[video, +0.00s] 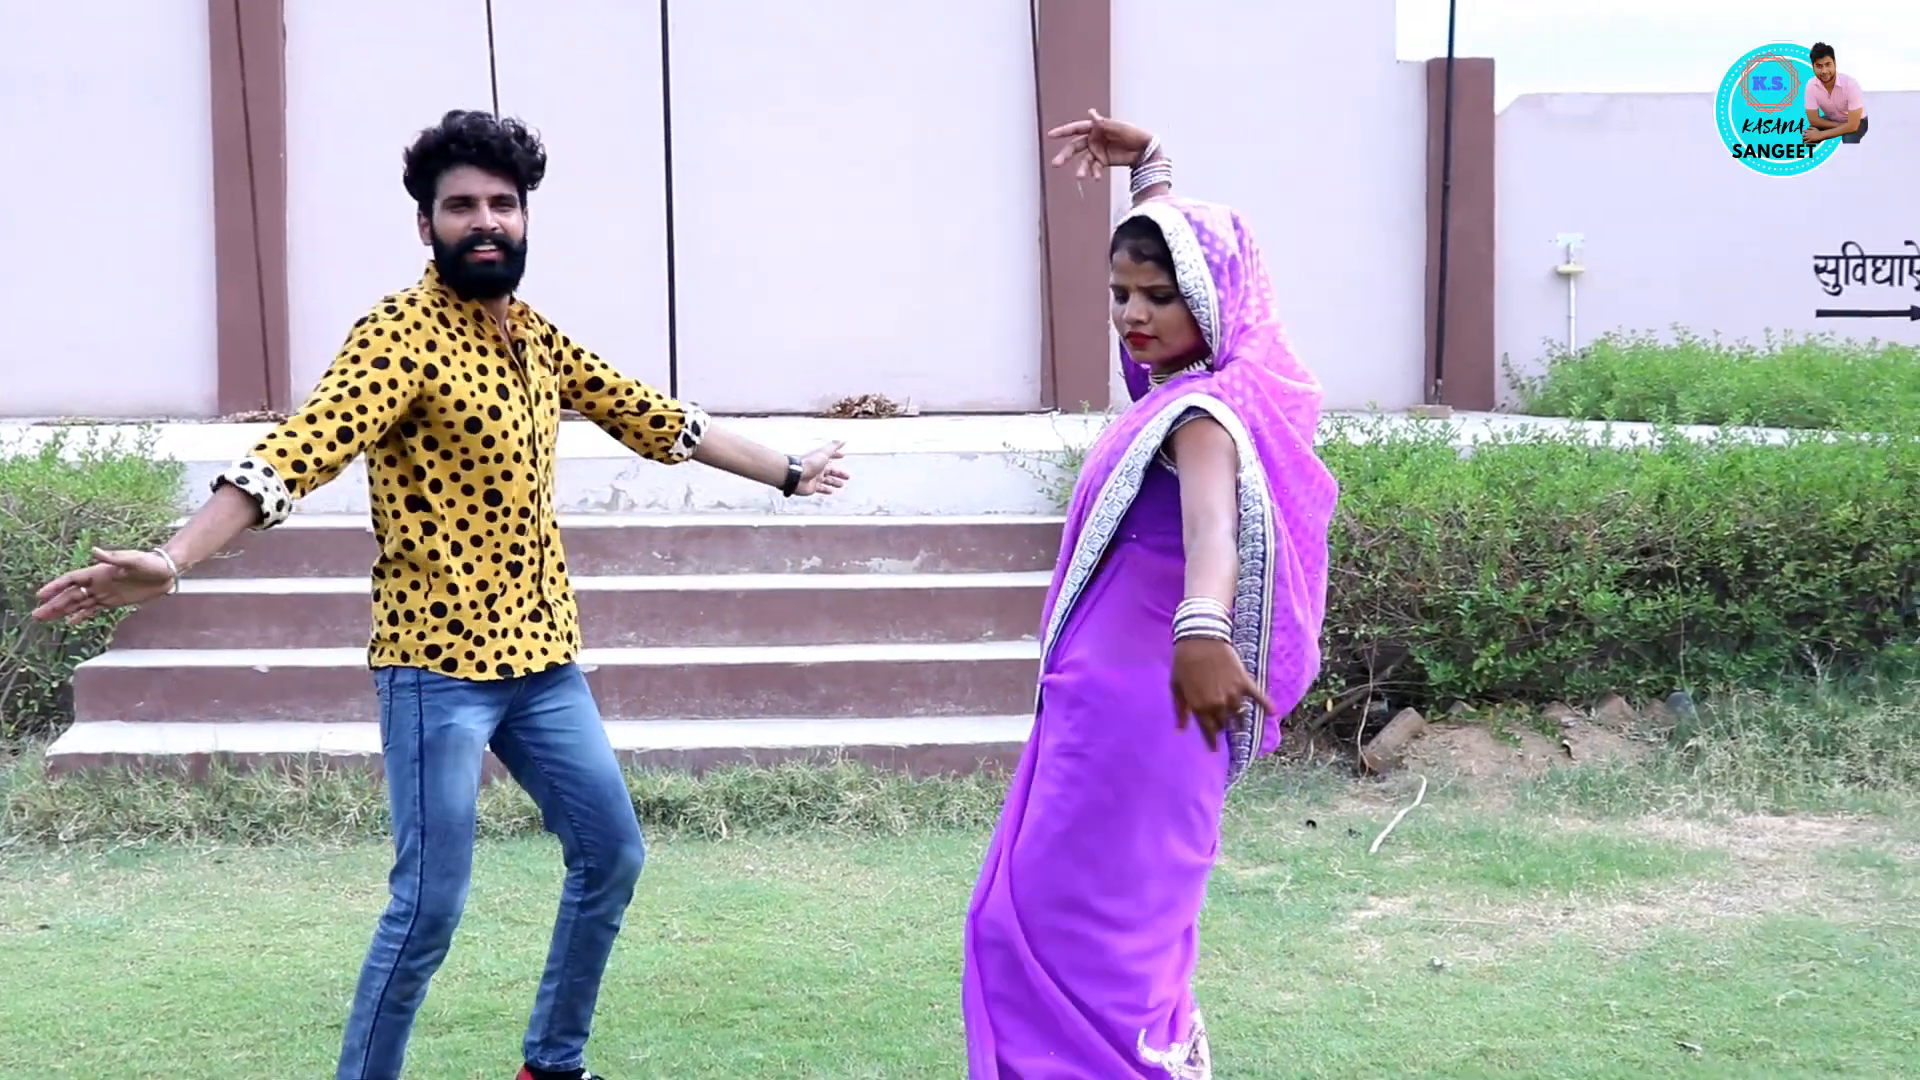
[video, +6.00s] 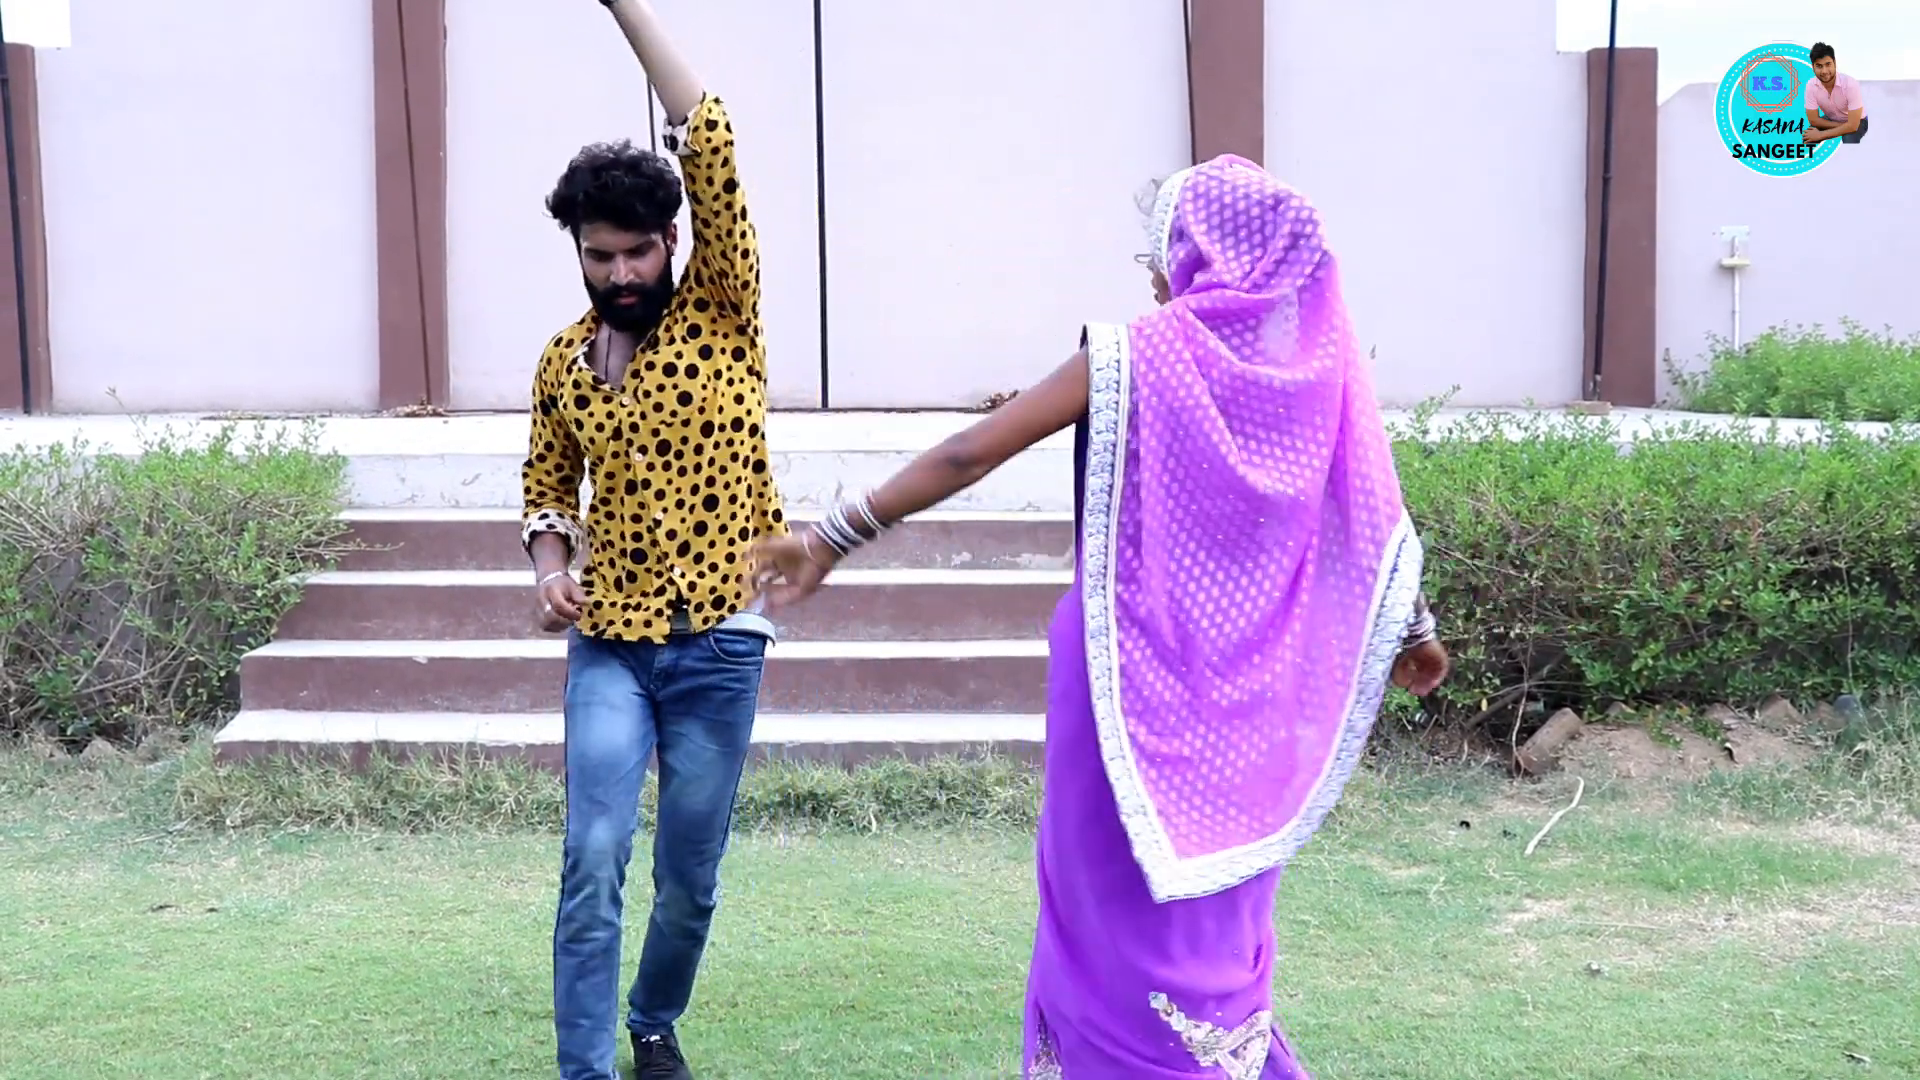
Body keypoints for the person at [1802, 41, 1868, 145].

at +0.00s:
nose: (1824, 71)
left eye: (1828, 65)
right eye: (1819, 66)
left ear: (1835, 63)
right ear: (1813, 67)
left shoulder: (1850, 84)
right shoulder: (1812, 85)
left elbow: (1853, 126)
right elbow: (1813, 120)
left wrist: (1820, 135)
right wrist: (1843, 126)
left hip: (1855, 122)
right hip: (1830, 121)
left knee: (1849, 140)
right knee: (1810, 136)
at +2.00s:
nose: (1824, 71)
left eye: (1828, 65)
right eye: (1819, 66)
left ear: (1835, 63)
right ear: (1813, 67)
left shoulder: (1850, 85)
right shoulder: (1812, 86)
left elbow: (1853, 126)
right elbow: (1813, 120)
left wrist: (1820, 135)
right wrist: (1843, 126)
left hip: (1855, 122)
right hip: (1830, 121)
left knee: (1848, 140)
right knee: (1810, 136)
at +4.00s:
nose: (1824, 71)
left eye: (1828, 65)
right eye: (1819, 66)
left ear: (1835, 63)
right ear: (1813, 67)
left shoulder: (1850, 84)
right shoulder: (1812, 86)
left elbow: (1853, 126)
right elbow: (1813, 120)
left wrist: (1820, 135)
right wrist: (1843, 126)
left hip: (1855, 122)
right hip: (1830, 121)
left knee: (1848, 140)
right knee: (1810, 136)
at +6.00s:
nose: (1824, 71)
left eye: (1828, 65)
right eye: (1819, 66)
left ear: (1835, 63)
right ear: (1813, 67)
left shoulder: (1850, 84)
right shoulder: (1812, 86)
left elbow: (1853, 126)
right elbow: (1813, 120)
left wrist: (1820, 135)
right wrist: (1843, 126)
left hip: (1855, 122)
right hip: (1830, 121)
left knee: (1848, 140)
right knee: (1810, 136)